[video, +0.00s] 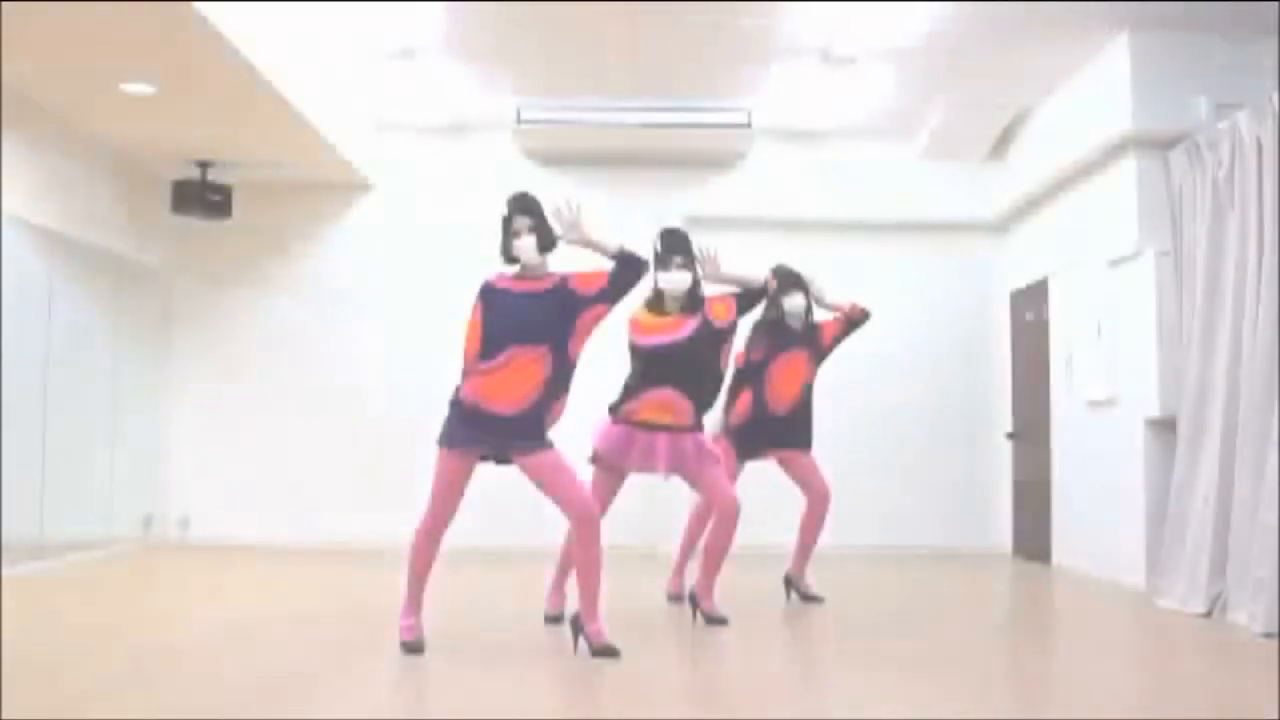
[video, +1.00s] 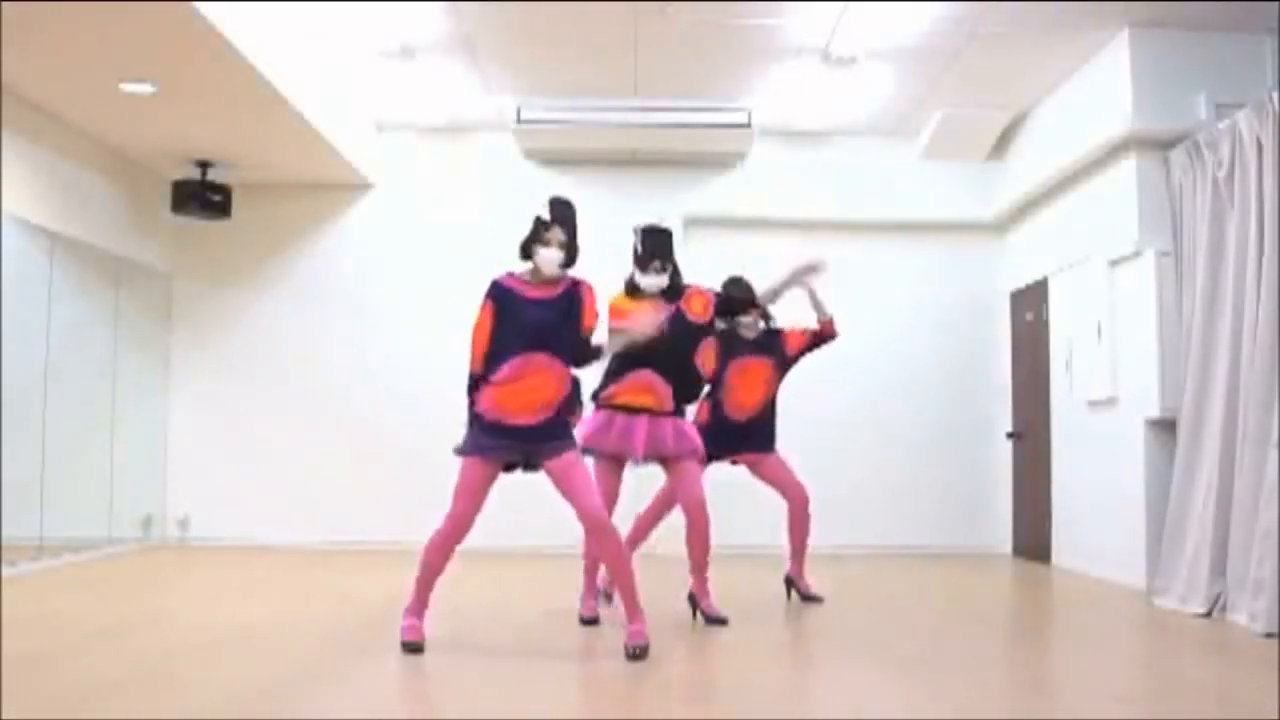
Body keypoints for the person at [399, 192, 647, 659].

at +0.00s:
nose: (524, 240)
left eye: (532, 232)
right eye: (515, 233)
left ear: (548, 238)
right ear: (506, 242)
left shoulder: (571, 292)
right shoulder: (492, 291)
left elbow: (635, 268)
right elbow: (472, 359)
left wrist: (583, 239)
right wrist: (463, 417)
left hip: (526, 429)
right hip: (470, 422)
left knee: (585, 511)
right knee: (437, 517)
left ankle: (590, 619)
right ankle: (411, 615)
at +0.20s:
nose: (525, 239)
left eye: (533, 231)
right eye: (516, 233)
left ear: (548, 238)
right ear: (507, 242)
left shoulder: (570, 292)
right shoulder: (493, 291)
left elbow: (636, 268)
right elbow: (471, 358)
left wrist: (584, 239)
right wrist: (462, 415)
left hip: (525, 429)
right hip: (470, 422)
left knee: (585, 511)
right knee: (437, 516)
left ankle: (590, 618)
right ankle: (411, 614)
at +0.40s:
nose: (524, 239)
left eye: (532, 231)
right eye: (515, 233)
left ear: (548, 237)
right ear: (506, 241)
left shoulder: (571, 291)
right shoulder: (492, 291)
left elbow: (636, 267)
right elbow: (469, 359)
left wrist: (585, 239)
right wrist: (462, 413)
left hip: (524, 429)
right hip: (468, 422)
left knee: (585, 512)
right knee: (437, 515)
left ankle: (589, 618)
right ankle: (411, 613)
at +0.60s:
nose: (523, 240)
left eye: (531, 231)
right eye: (514, 233)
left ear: (547, 238)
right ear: (505, 242)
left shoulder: (571, 292)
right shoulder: (491, 291)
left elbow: (635, 266)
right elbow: (468, 359)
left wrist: (582, 239)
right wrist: (462, 416)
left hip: (522, 430)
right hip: (466, 422)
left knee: (584, 513)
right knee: (437, 513)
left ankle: (590, 619)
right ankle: (411, 614)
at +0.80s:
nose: (525, 241)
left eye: (533, 232)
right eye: (516, 234)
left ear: (549, 240)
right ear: (507, 242)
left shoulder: (567, 288)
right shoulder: (491, 289)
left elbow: (634, 275)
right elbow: (468, 356)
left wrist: (587, 240)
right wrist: (460, 411)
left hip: (522, 429)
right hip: (467, 421)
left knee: (583, 515)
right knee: (437, 514)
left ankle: (590, 618)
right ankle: (410, 612)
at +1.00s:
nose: (557, 253)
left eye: (564, 246)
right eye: (549, 244)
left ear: (571, 252)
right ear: (530, 247)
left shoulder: (580, 294)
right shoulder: (502, 291)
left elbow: (577, 354)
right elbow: (479, 356)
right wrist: (478, 418)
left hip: (551, 427)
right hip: (495, 424)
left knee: (596, 518)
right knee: (456, 525)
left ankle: (634, 618)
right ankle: (415, 611)